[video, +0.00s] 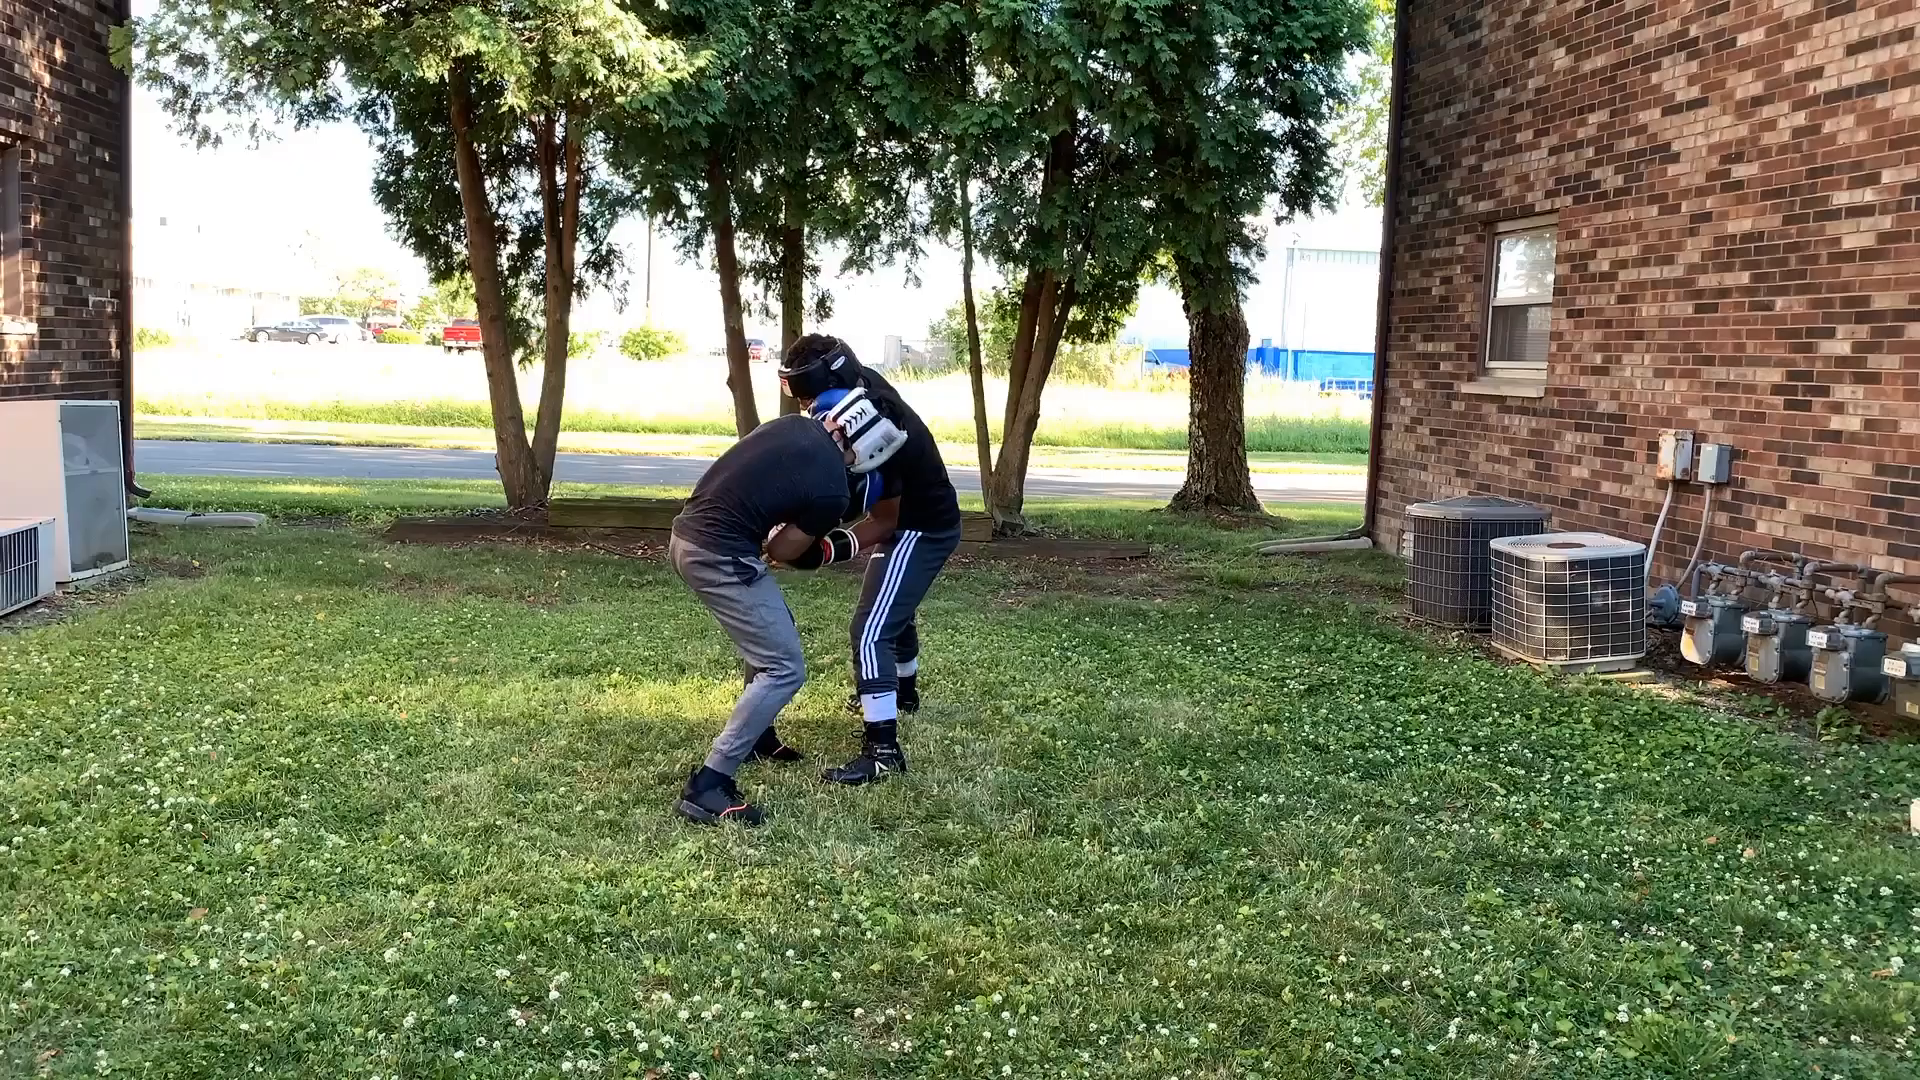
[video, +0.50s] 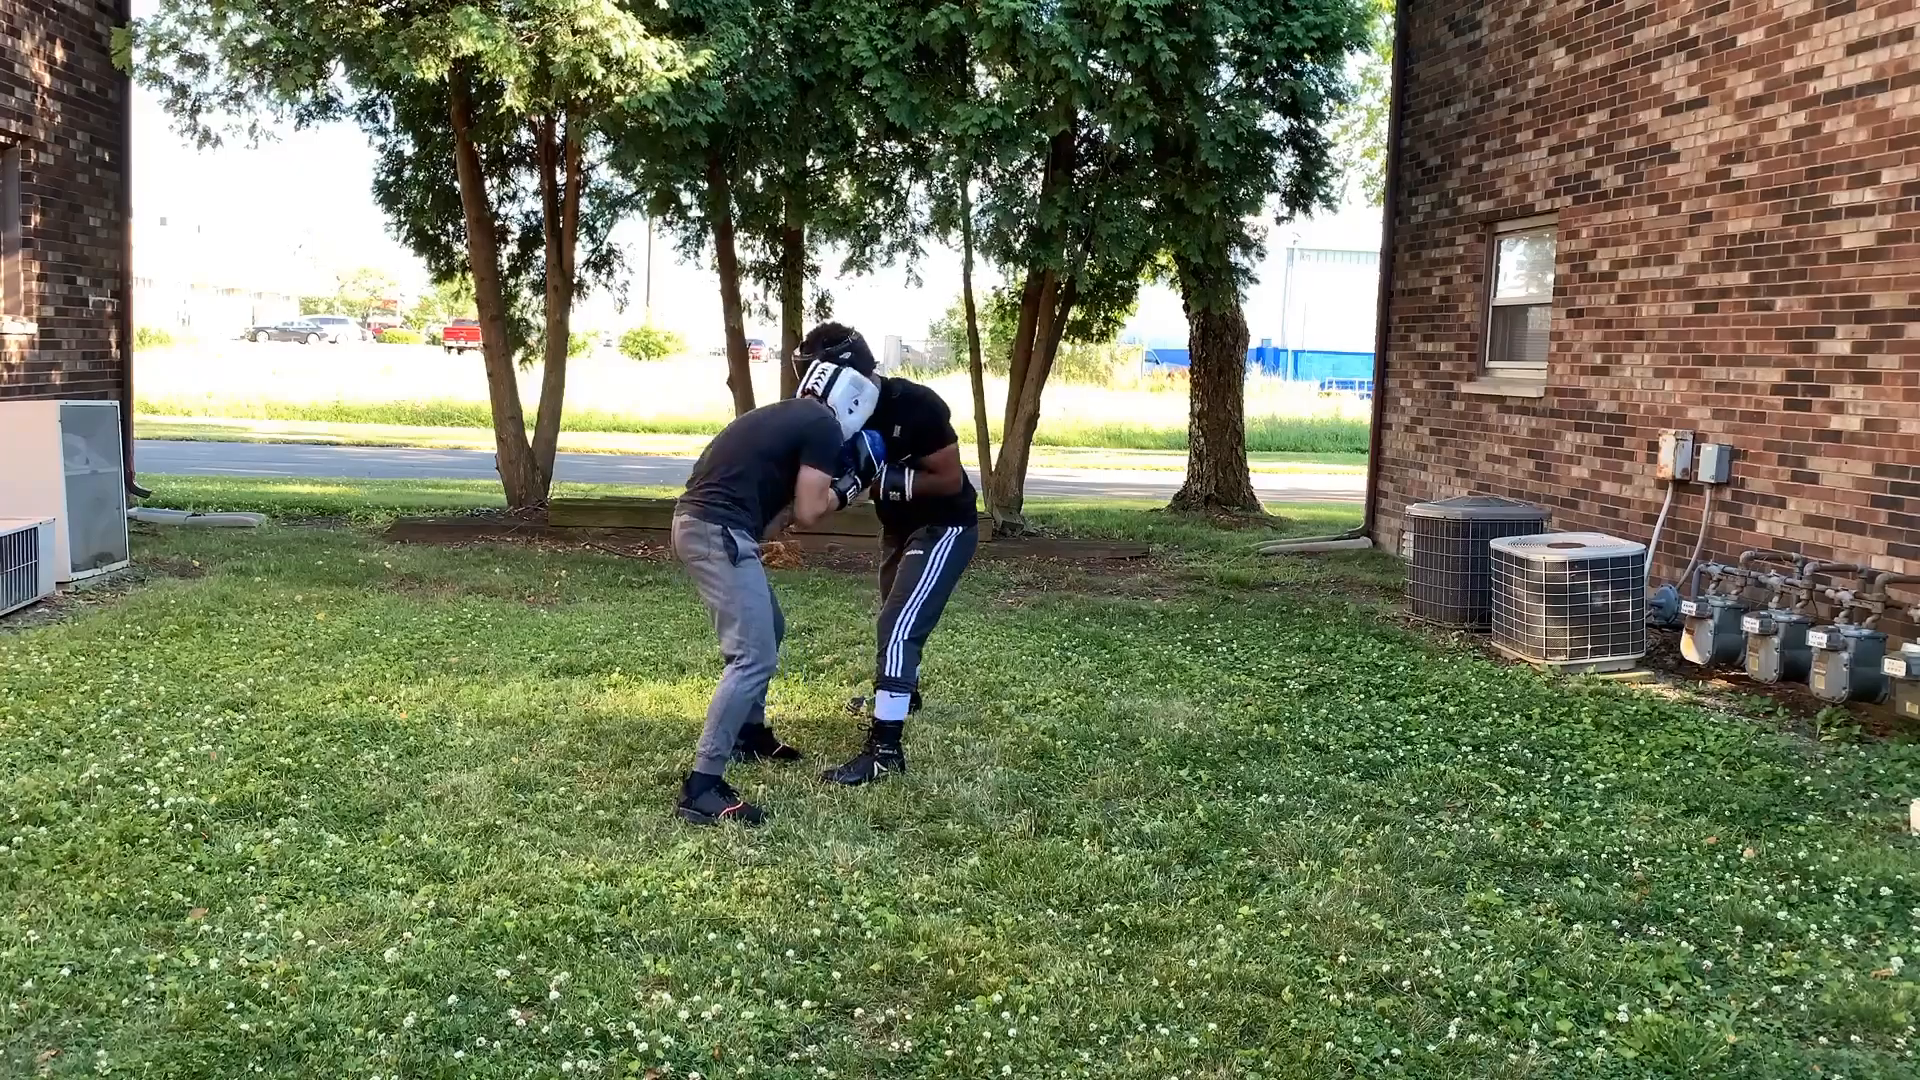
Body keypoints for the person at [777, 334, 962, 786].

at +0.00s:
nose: (797, 399)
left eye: (800, 390)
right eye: (795, 390)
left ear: (821, 386)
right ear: (837, 373)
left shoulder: (865, 424)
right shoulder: (859, 388)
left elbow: (886, 521)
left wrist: (830, 549)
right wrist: (803, 529)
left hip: (920, 528)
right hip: (911, 519)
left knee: (870, 629)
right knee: (894, 610)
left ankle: (883, 750)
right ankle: (903, 691)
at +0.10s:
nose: (814, 401)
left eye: (817, 390)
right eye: (812, 391)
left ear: (839, 380)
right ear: (849, 369)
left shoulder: (878, 417)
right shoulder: (865, 396)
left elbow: (903, 515)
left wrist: (865, 530)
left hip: (922, 532)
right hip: (910, 522)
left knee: (870, 631)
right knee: (886, 612)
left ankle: (883, 749)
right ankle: (902, 691)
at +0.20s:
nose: (804, 390)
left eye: (811, 381)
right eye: (802, 380)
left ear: (840, 378)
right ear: (846, 373)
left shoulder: (881, 413)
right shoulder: (861, 400)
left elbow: (909, 505)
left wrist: (858, 511)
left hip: (929, 535)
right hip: (910, 528)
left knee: (866, 630)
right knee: (883, 612)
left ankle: (882, 750)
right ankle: (903, 692)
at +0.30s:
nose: (795, 386)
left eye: (802, 378)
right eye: (795, 377)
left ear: (832, 377)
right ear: (839, 373)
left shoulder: (876, 411)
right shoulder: (853, 408)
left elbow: (913, 495)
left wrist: (857, 503)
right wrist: (838, 489)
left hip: (934, 529)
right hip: (907, 525)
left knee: (874, 628)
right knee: (889, 615)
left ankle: (882, 750)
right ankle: (904, 693)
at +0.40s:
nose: (813, 418)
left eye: (817, 406)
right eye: (809, 406)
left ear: (844, 390)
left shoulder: (904, 414)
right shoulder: (851, 423)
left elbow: (936, 492)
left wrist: (877, 486)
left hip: (941, 529)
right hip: (904, 526)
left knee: (885, 625)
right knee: (895, 613)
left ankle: (883, 749)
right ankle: (905, 691)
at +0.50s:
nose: (811, 389)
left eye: (817, 377)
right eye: (807, 379)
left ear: (846, 371)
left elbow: (950, 480)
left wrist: (893, 481)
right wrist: (852, 476)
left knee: (898, 624)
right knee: (891, 616)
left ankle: (885, 749)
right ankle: (900, 694)